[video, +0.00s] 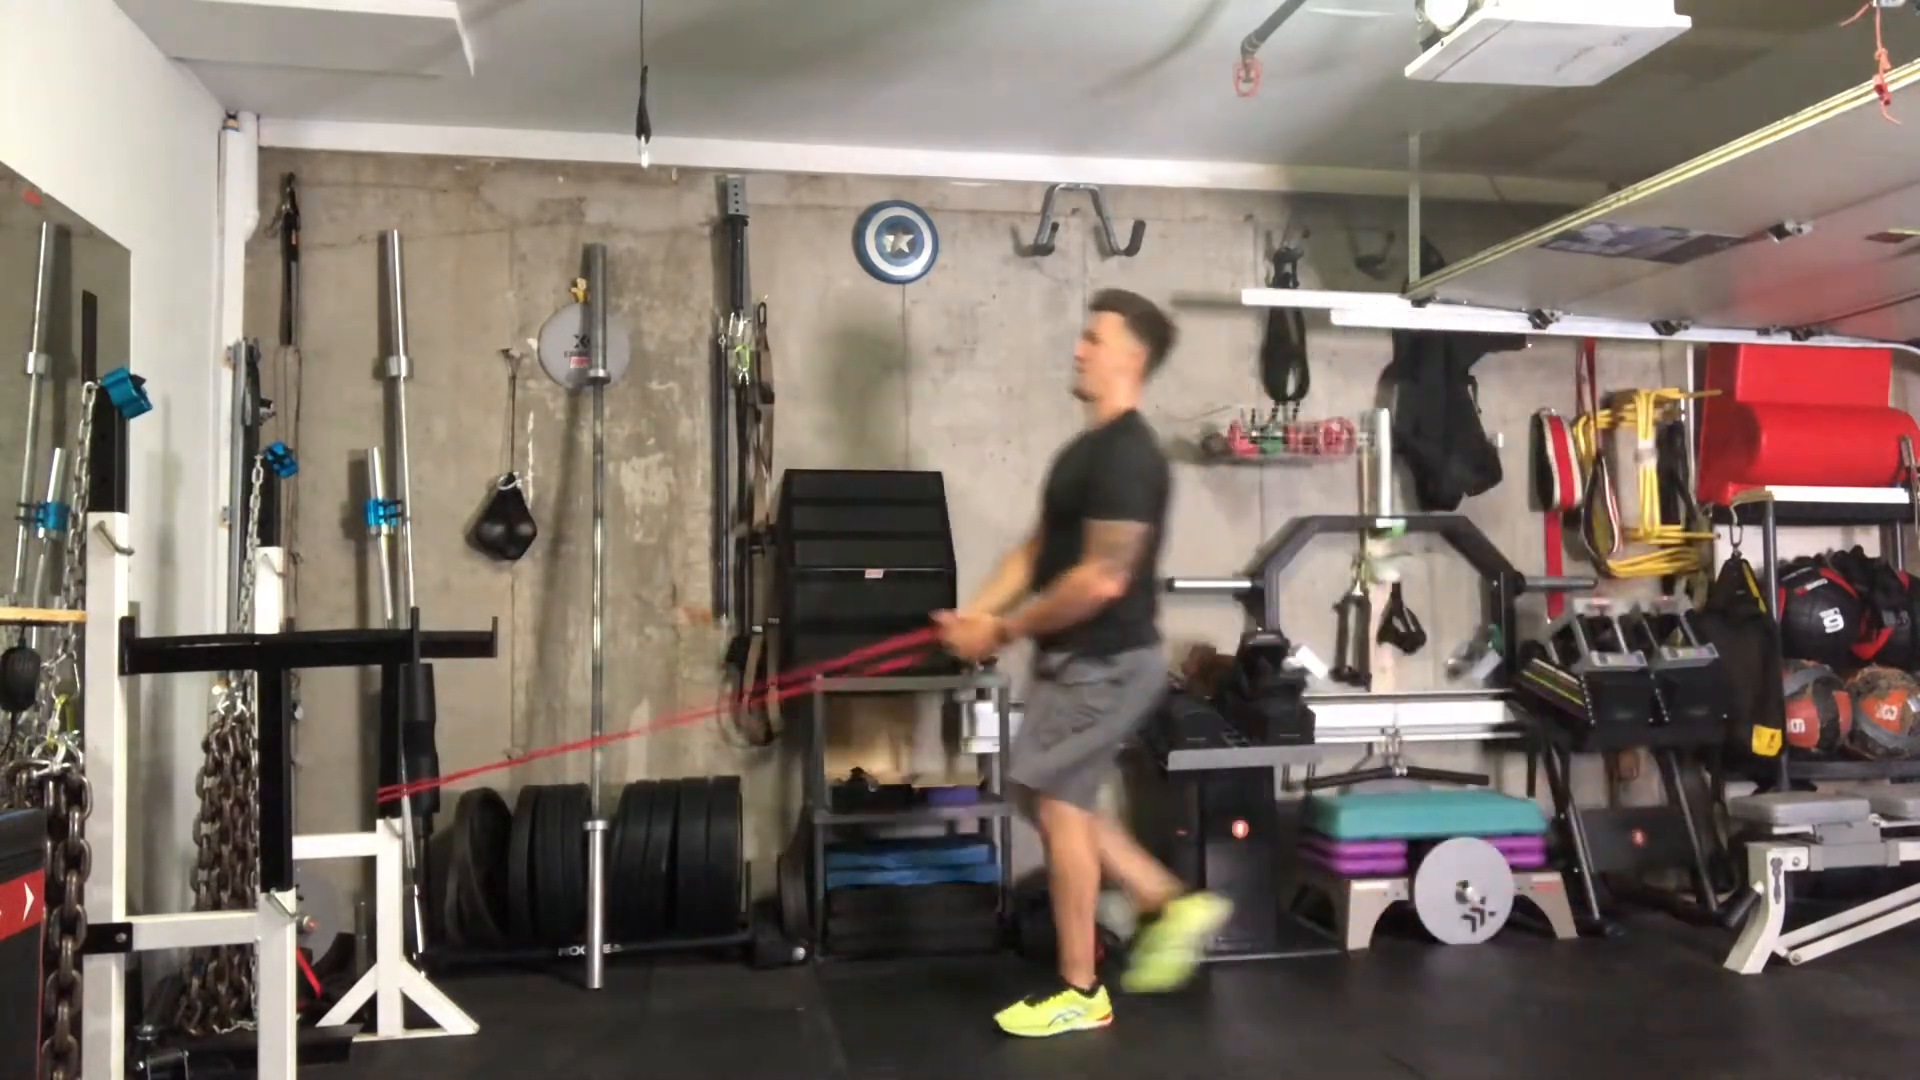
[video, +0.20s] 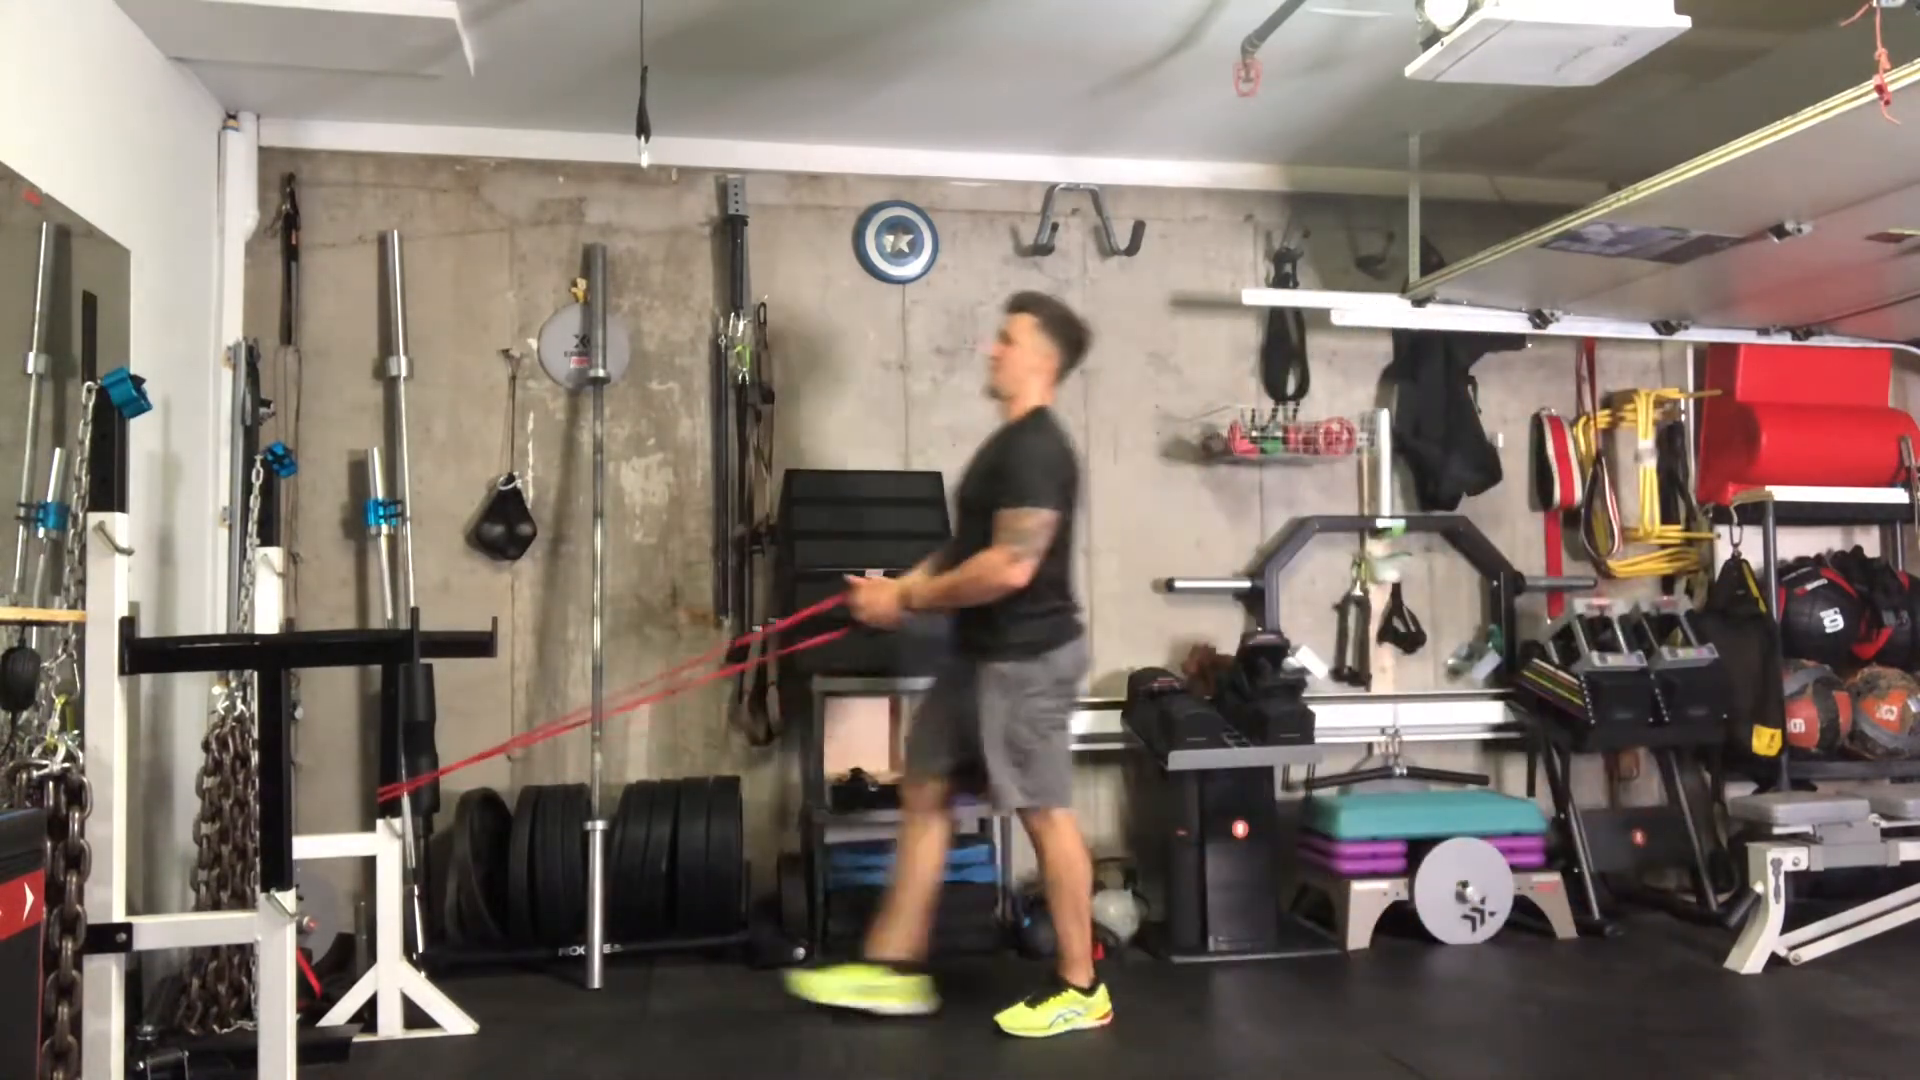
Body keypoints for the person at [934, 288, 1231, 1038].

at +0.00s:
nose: (1078, 351)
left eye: (1095, 341)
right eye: (1083, 338)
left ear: (1136, 361)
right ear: (1105, 356)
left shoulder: (1130, 453)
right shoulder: (1081, 453)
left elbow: (1103, 580)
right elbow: (1037, 551)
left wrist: (1003, 628)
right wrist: (980, 613)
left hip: (1113, 663)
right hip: (1071, 658)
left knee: (1060, 801)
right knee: (1044, 791)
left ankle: (1081, 989)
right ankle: (1171, 902)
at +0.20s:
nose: (992, 351)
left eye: (1009, 341)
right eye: (998, 338)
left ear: (1049, 362)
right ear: (1025, 358)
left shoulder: (1039, 445)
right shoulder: (1007, 444)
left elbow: (1011, 566)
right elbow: (965, 552)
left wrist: (910, 596)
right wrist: (897, 589)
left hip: (1031, 658)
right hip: (980, 655)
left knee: (1044, 809)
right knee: (923, 787)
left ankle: (1081, 986)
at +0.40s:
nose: (897, 356)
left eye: (916, 347)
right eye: (904, 344)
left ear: (952, 373)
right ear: (929, 370)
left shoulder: (951, 454)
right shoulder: (894, 459)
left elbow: (976, 569)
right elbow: (887, 565)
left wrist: (869, 609)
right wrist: (844, 601)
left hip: (931, 675)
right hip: (864, 671)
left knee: (938, 824)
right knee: (820, 801)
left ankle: (1062, 963)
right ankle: (815, 978)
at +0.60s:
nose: (825, 336)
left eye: (845, 329)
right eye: (829, 326)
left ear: (885, 357)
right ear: (830, 352)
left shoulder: (912, 445)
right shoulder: (794, 453)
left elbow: (961, 554)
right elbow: (760, 550)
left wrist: (857, 589)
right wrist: (784, 586)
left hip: (876, 653)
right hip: (797, 653)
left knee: (827, 804)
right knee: (780, 808)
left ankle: (906, 964)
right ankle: (811, 980)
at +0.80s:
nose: (807, 344)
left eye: (825, 336)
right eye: (801, 334)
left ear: (859, 361)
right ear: (791, 354)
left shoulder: (890, 458)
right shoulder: (752, 453)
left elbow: (932, 567)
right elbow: (715, 558)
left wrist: (841, 588)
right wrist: (763, 582)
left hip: (834, 660)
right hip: (754, 653)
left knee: (790, 816)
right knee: (724, 807)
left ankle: (780, 995)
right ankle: (806, 966)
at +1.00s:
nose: (792, 357)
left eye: (809, 345)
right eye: (781, 344)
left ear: (834, 364)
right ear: (764, 359)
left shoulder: (868, 468)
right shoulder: (719, 458)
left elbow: (888, 585)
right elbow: (688, 568)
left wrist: (799, 568)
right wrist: (745, 564)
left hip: (813, 674)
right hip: (723, 666)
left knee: (793, 829)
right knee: (674, 814)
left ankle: (783, 997)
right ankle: (728, 952)